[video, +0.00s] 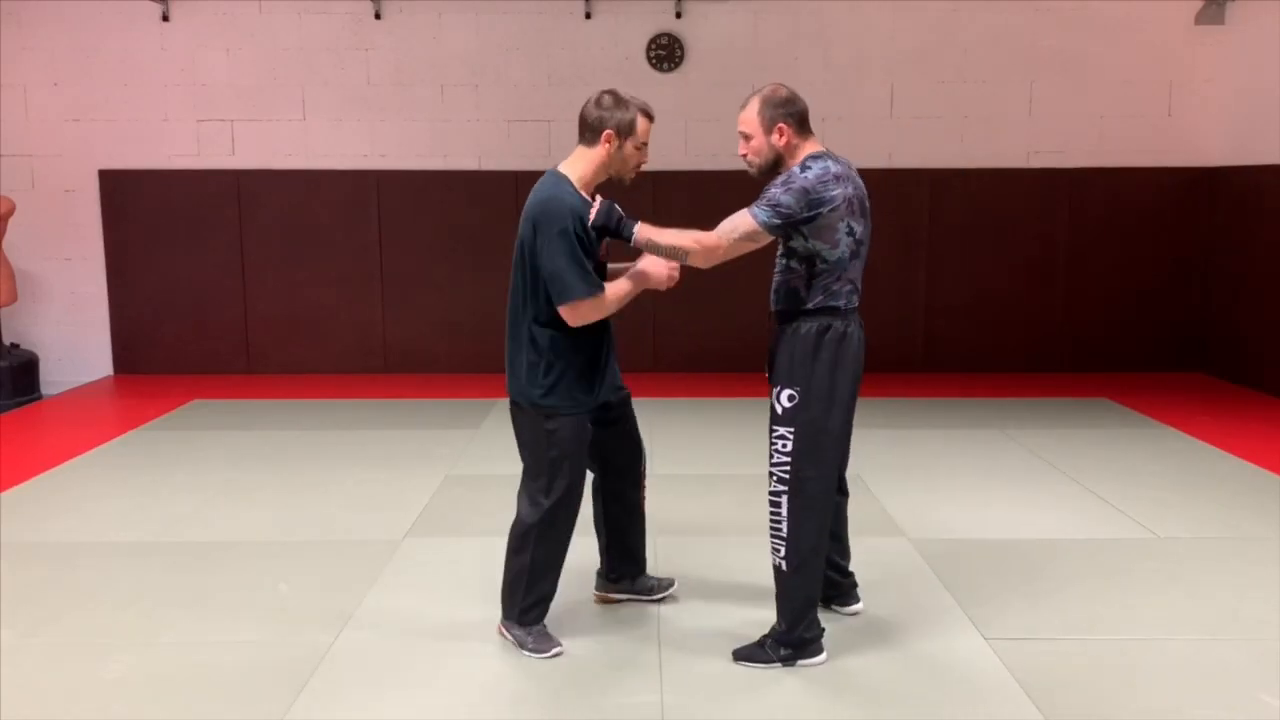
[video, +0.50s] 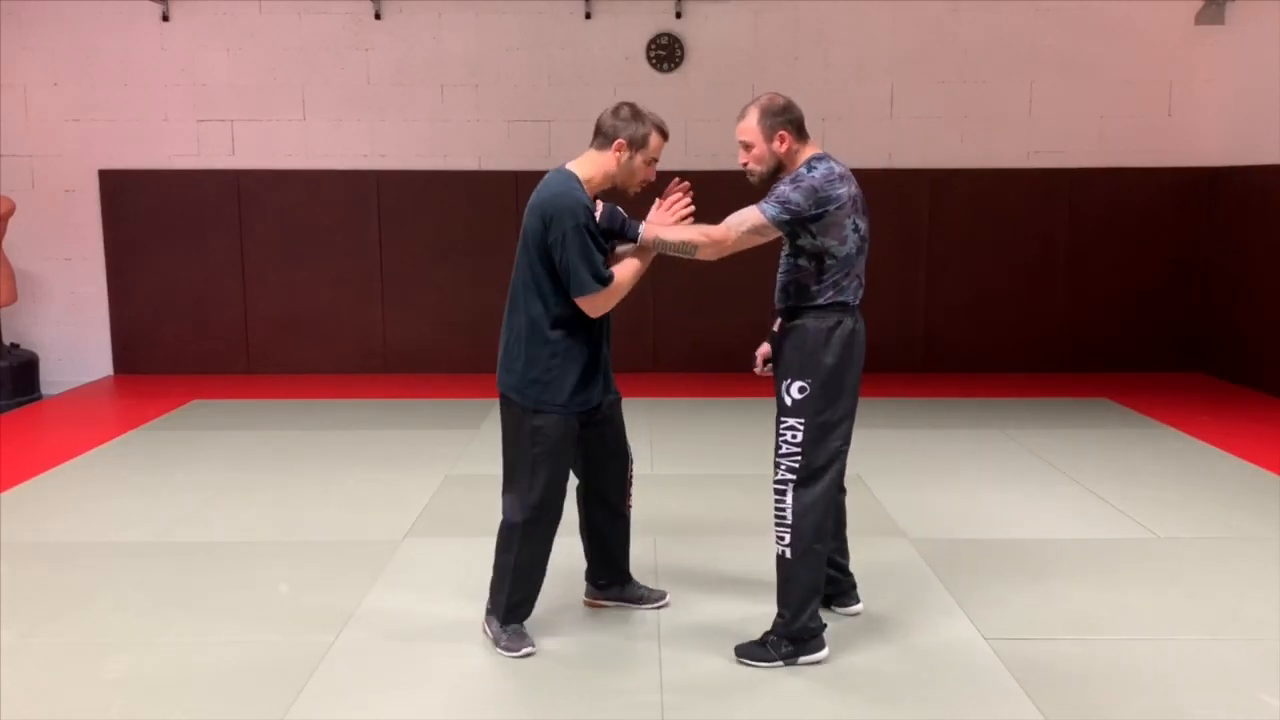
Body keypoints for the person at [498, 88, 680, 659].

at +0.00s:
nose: (644, 160)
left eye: (646, 149)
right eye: (640, 148)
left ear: (607, 141)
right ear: (610, 142)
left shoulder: (584, 195)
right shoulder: (557, 207)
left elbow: (604, 250)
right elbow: (577, 310)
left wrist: (652, 251)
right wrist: (637, 278)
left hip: (592, 373)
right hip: (549, 382)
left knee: (623, 468)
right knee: (550, 498)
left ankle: (620, 575)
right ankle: (520, 617)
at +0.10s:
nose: (645, 160)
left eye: (648, 148)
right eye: (642, 147)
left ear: (610, 137)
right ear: (614, 138)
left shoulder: (583, 190)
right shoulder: (558, 202)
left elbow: (594, 263)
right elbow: (587, 303)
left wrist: (637, 240)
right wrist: (637, 255)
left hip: (586, 368)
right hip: (544, 375)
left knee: (611, 475)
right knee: (546, 502)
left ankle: (616, 576)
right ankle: (521, 615)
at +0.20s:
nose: (651, 162)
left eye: (653, 152)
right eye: (648, 151)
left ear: (618, 139)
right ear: (620, 140)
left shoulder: (593, 189)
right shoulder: (564, 199)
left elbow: (622, 256)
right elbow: (595, 297)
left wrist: (648, 226)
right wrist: (643, 237)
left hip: (587, 369)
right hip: (547, 374)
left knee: (603, 483)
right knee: (549, 497)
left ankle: (608, 580)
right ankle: (521, 611)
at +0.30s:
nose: (660, 174)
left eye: (663, 163)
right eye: (657, 162)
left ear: (626, 149)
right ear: (627, 149)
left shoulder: (598, 198)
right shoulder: (567, 203)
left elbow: (641, 252)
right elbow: (597, 300)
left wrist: (669, 228)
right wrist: (653, 243)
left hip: (589, 370)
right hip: (548, 375)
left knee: (608, 480)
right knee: (556, 493)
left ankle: (607, 581)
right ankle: (520, 610)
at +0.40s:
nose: (662, 178)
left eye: (665, 167)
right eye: (659, 166)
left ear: (627, 152)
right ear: (630, 152)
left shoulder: (597, 196)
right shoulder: (569, 202)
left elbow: (637, 246)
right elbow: (595, 299)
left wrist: (663, 227)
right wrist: (651, 246)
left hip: (588, 369)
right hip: (546, 374)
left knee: (608, 480)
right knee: (547, 495)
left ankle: (609, 580)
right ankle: (511, 608)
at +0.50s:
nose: (651, 175)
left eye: (654, 164)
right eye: (649, 164)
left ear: (618, 151)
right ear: (620, 151)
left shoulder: (588, 194)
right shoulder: (564, 204)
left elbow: (625, 252)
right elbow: (595, 301)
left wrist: (657, 228)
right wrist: (647, 245)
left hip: (585, 372)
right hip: (541, 377)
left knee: (609, 476)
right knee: (533, 502)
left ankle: (608, 580)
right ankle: (505, 615)